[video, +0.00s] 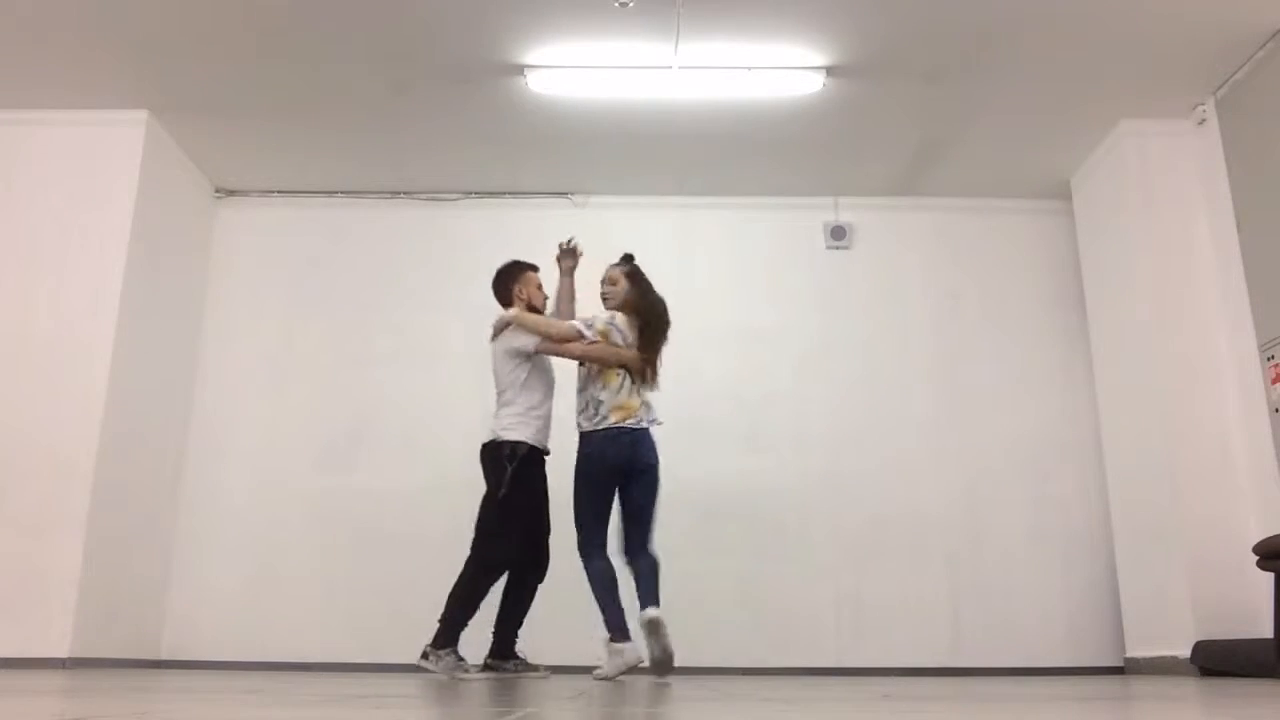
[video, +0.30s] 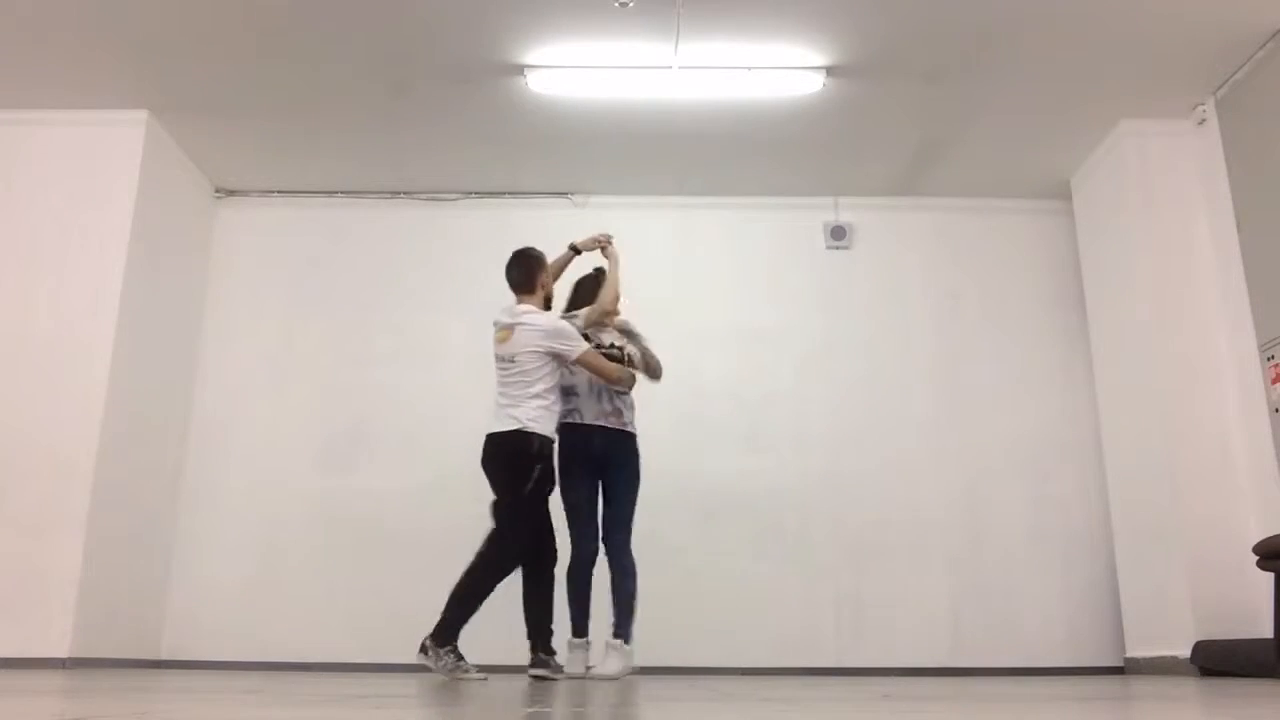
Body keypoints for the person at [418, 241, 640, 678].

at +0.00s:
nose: (546, 292)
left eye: (543, 285)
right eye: (538, 285)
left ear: (520, 294)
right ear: (518, 293)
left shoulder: (529, 328)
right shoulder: (513, 328)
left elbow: (565, 327)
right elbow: (577, 346)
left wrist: (566, 275)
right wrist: (631, 357)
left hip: (528, 453)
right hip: (510, 452)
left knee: (533, 560)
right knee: (492, 553)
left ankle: (502, 652)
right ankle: (440, 646)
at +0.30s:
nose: (552, 278)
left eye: (547, 274)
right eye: (549, 275)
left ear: (512, 283)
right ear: (544, 282)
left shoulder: (503, 322)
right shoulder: (551, 326)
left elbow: (542, 286)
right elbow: (611, 373)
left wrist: (576, 250)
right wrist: (630, 374)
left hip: (500, 446)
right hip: (531, 447)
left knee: (541, 550)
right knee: (508, 546)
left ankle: (541, 652)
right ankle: (440, 640)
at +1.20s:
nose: (580, 321)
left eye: (585, 317)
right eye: (573, 315)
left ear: (592, 327)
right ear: (559, 324)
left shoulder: (590, 355)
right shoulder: (545, 359)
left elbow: (589, 304)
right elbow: (523, 382)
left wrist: (578, 254)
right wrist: (549, 369)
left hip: (579, 462)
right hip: (546, 466)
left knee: (569, 556)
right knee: (522, 551)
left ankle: (577, 647)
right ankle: (546, 635)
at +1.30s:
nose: (577, 322)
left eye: (582, 319)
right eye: (569, 317)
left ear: (587, 327)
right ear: (554, 325)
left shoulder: (590, 355)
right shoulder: (539, 361)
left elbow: (593, 304)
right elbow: (526, 377)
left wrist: (593, 250)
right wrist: (561, 367)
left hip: (577, 458)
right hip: (538, 462)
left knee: (568, 556)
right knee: (526, 551)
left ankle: (566, 646)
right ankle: (511, 635)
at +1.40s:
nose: (576, 324)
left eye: (578, 320)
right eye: (568, 318)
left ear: (580, 327)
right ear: (548, 325)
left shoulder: (587, 356)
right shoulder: (532, 360)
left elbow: (594, 306)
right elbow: (540, 371)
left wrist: (601, 255)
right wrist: (584, 363)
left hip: (573, 460)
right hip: (531, 461)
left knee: (566, 557)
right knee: (534, 551)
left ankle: (555, 647)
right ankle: (499, 640)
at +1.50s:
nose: (576, 327)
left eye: (577, 321)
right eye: (567, 320)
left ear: (576, 328)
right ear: (548, 324)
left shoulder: (580, 356)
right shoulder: (526, 358)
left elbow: (601, 316)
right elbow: (549, 372)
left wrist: (603, 264)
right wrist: (600, 365)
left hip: (565, 471)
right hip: (525, 469)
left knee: (572, 558)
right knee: (528, 556)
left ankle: (544, 649)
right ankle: (493, 645)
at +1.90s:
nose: (587, 325)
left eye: (586, 318)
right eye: (581, 319)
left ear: (563, 323)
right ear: (563, 322)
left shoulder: (561, 358)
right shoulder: (566, 356)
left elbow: (581, 402)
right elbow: (612, 371)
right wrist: (657, 338)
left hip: (559, 470)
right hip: (552, 472)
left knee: (578, 552)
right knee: (580, 552)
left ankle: (539, 639)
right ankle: (538, 638)